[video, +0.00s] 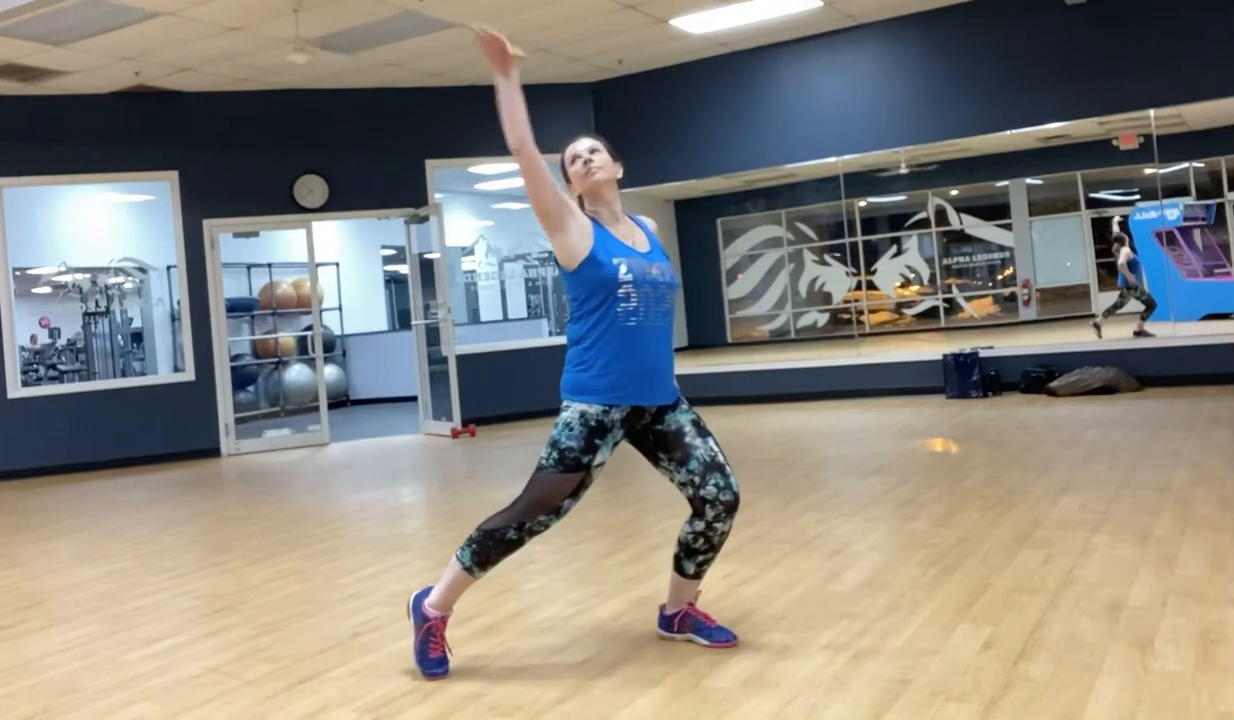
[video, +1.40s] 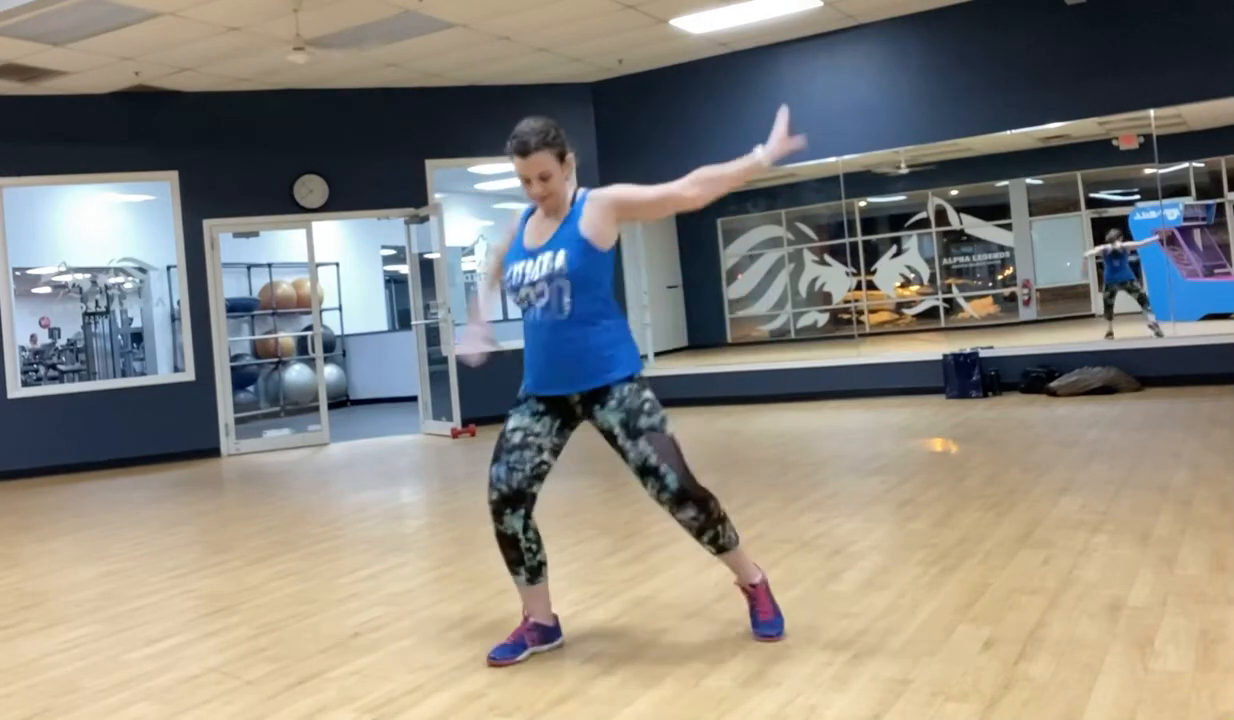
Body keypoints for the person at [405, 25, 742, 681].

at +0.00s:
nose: (585, 158)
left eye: (593, 151)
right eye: (574, 160)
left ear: (618, 169)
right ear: (571, 185)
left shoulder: (646, 229)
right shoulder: (571, 230)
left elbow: (645, 306)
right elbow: (525, 154)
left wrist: (649, 366)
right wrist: (507, 78)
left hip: (657, 399)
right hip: (594, 404)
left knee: (720, 498)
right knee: (537, 511)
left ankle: (679, 609)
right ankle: (433, 608)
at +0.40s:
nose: (579, 168)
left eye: (588, 157)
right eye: (570, 165)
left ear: (616, 169)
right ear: (566, 184)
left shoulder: (646, 230)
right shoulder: (564, 229)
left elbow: (643, 309)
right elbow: (486, 180)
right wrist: (422, 117)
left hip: (657, 400)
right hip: (592, 403)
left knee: (718, 497)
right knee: (533, 511)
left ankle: (679, 610)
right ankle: (430, 608)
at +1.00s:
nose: (572, 188)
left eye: (580, 175)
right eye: (563, 180)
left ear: (607, 169)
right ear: (556, 181)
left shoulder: (654, 221)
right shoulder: (551, 223)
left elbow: (716, 263)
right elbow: (470, 203)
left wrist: (712, 326)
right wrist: (399, 166)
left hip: (650, 389)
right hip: (571, 392)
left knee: (704, 495)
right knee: (524, 504)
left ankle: (678, 610)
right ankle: (460, 623)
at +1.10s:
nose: (567, 185)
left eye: (575, 172)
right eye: (558, 176)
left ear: (602, 161)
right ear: (552, 173)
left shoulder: (653, 208)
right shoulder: (547, 217)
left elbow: (730, 237)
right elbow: (468, 202)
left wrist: (753, 305)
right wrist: (396, 169)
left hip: (647, 379)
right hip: (569, 382)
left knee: (697, 489)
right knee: (518, 494)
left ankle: (678, 610)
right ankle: (476, 620)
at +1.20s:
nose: (551, 174)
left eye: (559, 162)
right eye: (542, 166)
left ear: (586, 148)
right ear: (535, 161)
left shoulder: (629, 188)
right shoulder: (532, 199)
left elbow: (713, 193)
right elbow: (460, 198)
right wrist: (393, 200)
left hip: (634, 366)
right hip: (558, 373)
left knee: (679, 476)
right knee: (519, 479)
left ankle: (687, 598)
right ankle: (536, 613)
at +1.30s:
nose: (545, 177)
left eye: (554, 164)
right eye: (536, 167)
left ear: (579, 152)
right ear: (526, 163)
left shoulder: (617, 190)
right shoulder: (522, 203)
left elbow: (702, 181)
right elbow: (462, 209)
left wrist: (778, 155)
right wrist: (412, 236)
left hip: (624, 367)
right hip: (550, 377)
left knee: (680, 473)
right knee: (520, 487)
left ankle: (709, 584)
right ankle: (539, 619)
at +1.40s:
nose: (536, 188)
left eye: (545, 176)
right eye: (526, 180)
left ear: (569, 163)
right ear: (516, 175)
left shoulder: (602, 205)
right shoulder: (519, 226)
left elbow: (689, 190)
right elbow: (492, 279)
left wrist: (763, 156)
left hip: (611, 384)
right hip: (543, 392)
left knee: (675, 491)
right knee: (506, 494)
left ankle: (752, 580)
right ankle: (539, 620)